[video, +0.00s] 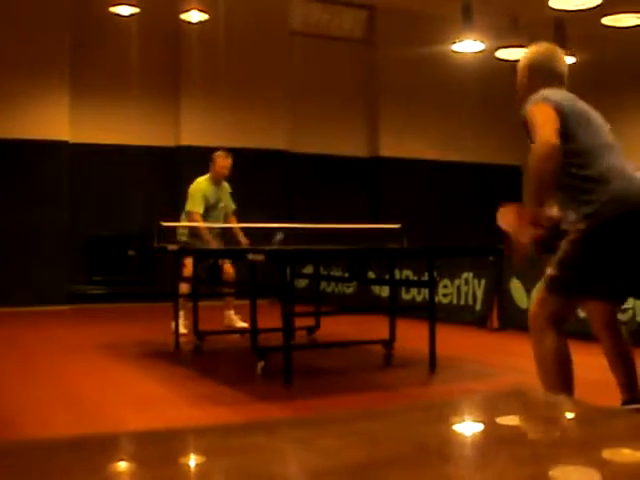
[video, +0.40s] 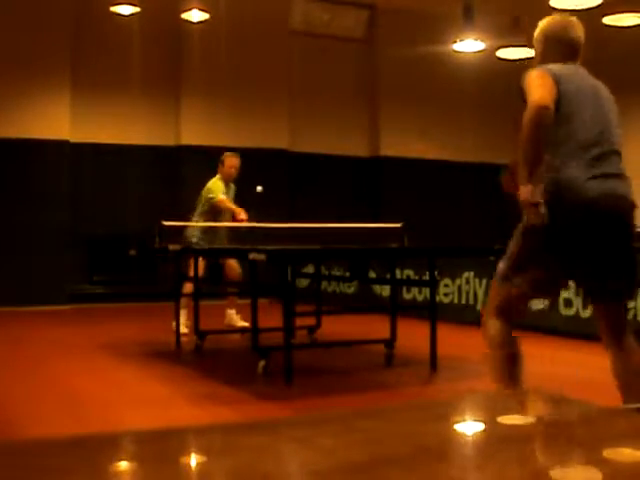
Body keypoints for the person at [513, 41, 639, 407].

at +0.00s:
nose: (516, 81)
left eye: (518, 73)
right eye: (516, 73)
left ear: (525, 75)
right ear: (562, 76)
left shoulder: (541, 101)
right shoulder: (581, 107)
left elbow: (547, 144)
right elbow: (602, 177)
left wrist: (532, 214)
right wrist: (559, 216)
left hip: (604, 219)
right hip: (631, 214)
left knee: (543, 314)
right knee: (602, 311)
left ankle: (561, 414)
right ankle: (632, 401)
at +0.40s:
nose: (533, 51)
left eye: (535, 45)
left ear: (539, 47)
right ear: (579, 51)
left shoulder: (541, 74)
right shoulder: (601, 90)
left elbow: (541, 106)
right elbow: (612, 155)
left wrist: (526, 177)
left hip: (562, 211)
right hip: (614, 213)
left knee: (498, 311)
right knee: (616, 327)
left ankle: (512, 407)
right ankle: (635, 414)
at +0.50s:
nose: (526, 59)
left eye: (528, 54)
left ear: (531, 57)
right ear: (572, 60)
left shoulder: (527, 83)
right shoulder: (592, 98)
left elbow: (530, 116)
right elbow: (603, 160)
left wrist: (520, 191)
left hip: (551, 209)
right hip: (604, 211)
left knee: (482, 310)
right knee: (611, 331)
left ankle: (471, 410)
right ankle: (634, 417)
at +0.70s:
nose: (463, 87)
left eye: (465, 80)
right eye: (467, 79)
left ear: (473, 82)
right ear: (505, 80)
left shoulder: (478, 108)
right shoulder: (533, 119)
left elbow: (482, 144)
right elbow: (520, 195)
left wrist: (469, 217)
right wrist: (450, 202)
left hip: (514, 228)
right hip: (568, 228)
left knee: (430, 319)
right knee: (593, 332)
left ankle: (387, 403)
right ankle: (630, 417)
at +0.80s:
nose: (416, 100)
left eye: (417, 92)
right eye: (416, 92)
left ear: (426, 91)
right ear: (457, 89)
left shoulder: (437, 115)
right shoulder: (486, 123)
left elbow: (448, 158)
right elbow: (467, 203)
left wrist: (439, 225)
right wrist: (391, 205)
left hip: (477, 240)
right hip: (526, 237)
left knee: (400, 323)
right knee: (570, 339)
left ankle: (358, 404)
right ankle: (622, 412)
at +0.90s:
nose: (367, 110)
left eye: (368, 102)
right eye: (366, 102)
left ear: (381, 99)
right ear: (406, 94)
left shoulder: (394, 125)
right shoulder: (438, 129)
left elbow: (414, 169)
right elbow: (426, 199)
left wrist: (405, 244)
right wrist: (357, 201)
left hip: (450, 235)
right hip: (497, 234)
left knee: (370, 308)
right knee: (539, 332)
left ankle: (350, 404)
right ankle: (605, 406)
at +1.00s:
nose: (328, 115)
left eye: (327, 108)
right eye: (328, 107)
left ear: (335, 108)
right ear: (366, 101)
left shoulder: (361, 130)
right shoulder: (393, 129)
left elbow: (389, 175)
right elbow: (383, 206)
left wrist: (383, 253)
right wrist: (327, 198)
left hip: (432, 226)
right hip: (477, 222)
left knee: (354, 309)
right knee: (516, 324)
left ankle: (347, 406)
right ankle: (585, 402)